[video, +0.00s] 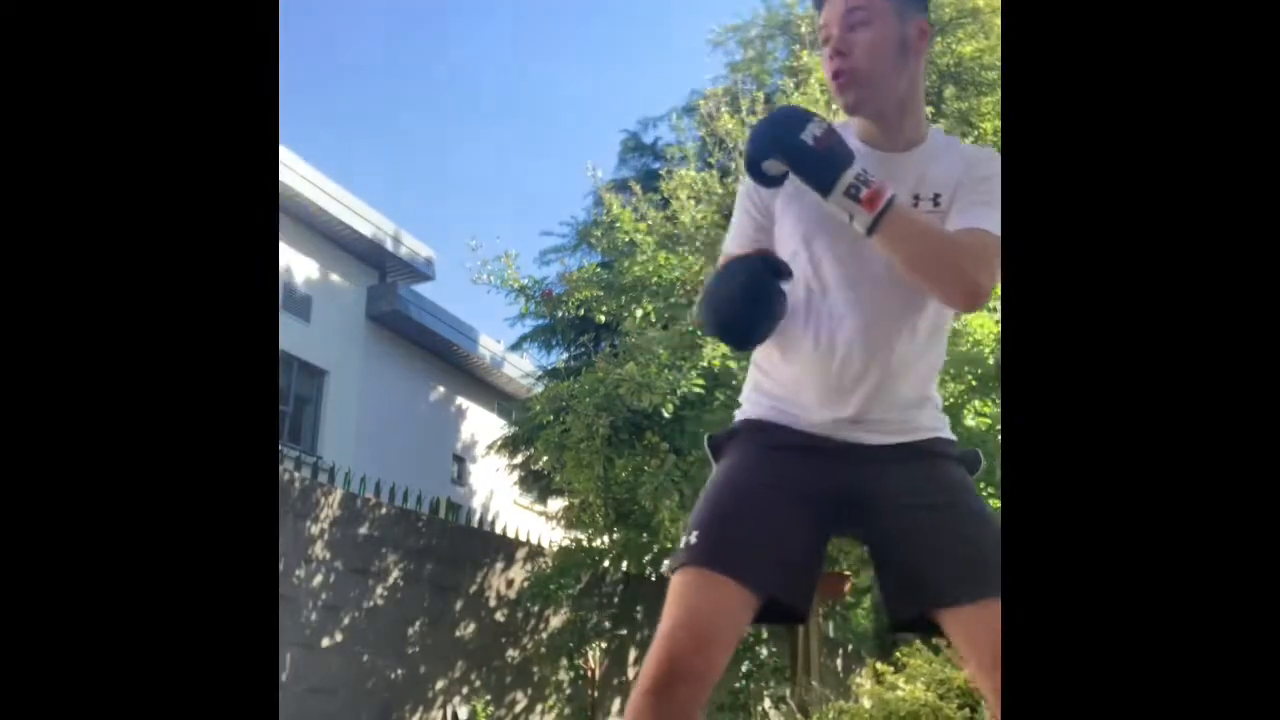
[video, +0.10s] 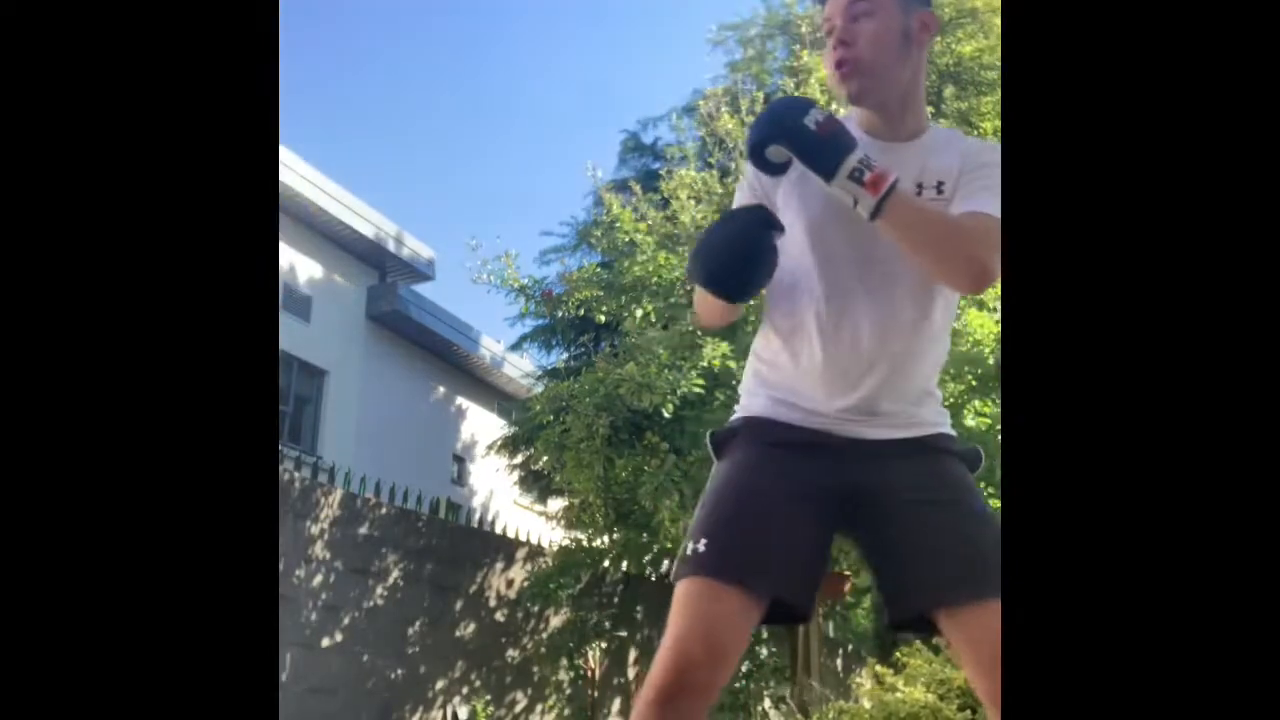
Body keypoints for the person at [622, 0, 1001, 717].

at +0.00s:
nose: (833, 50)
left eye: (856, 26)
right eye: (826, 38)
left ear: (919, 36)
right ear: (819, 58)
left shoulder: (976, 170)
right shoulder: (783, 158)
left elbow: (969, 283)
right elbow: (735, 284)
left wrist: (850, 189)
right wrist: (736, 303)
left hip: (910, 441)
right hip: (777, 433)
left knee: (1003, 669)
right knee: (672, 672)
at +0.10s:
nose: (836, 41)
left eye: (858, 20)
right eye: (830, 30)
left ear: (922, 29)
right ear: (822, 51)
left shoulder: (976, 161)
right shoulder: (785, 149)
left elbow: (974, 268)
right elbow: (712, 315)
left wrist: (852, 168)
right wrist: (722, 275)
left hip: (910, 440)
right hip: (777, 431)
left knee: (1002, 679)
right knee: (677, 684)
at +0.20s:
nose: (825, 40)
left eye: (849, 20)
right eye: (820, 30)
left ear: (912, 33)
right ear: (813, 53)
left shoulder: (964, 167)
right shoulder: (778, 159)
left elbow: (968, 262)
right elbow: (697, 319)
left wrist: (838, 172)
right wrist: (710, 274)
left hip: (900, 443)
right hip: (766, 430)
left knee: (1003, 678)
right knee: (663, 674)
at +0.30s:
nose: (787, 54)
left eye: (813, 32)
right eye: (780, 41)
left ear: (874, 51)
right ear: (771, 63)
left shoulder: (922, 165)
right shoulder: (737, 176)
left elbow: (972, 230)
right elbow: (646, 312)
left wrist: (814, 155)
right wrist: (639, 239)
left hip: (884, 455)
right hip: (747, 442)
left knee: (995, 677)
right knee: (624, 632)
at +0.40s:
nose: (698, 25)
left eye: (722, 6)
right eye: (692, 13)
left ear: (784, 21)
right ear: (689, 37)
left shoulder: (845, 142)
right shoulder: (664, 134)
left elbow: (964, 162)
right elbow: (500, 177)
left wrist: (868, 73)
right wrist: (470, 59)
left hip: (828, 451)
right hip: (692, 440)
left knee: (937, 685)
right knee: (591, 653)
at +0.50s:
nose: (632, 17)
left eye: (655, 0)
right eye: (627, 7)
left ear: (721, 17)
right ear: (621, 29)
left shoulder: (772, 144)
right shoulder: (599, 121)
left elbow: (900, 139)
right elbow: (438, 133)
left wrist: (819, 40)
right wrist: (416, 17)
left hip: (747, 441)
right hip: (624, 427)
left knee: (868, 677)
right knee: (558, 641)